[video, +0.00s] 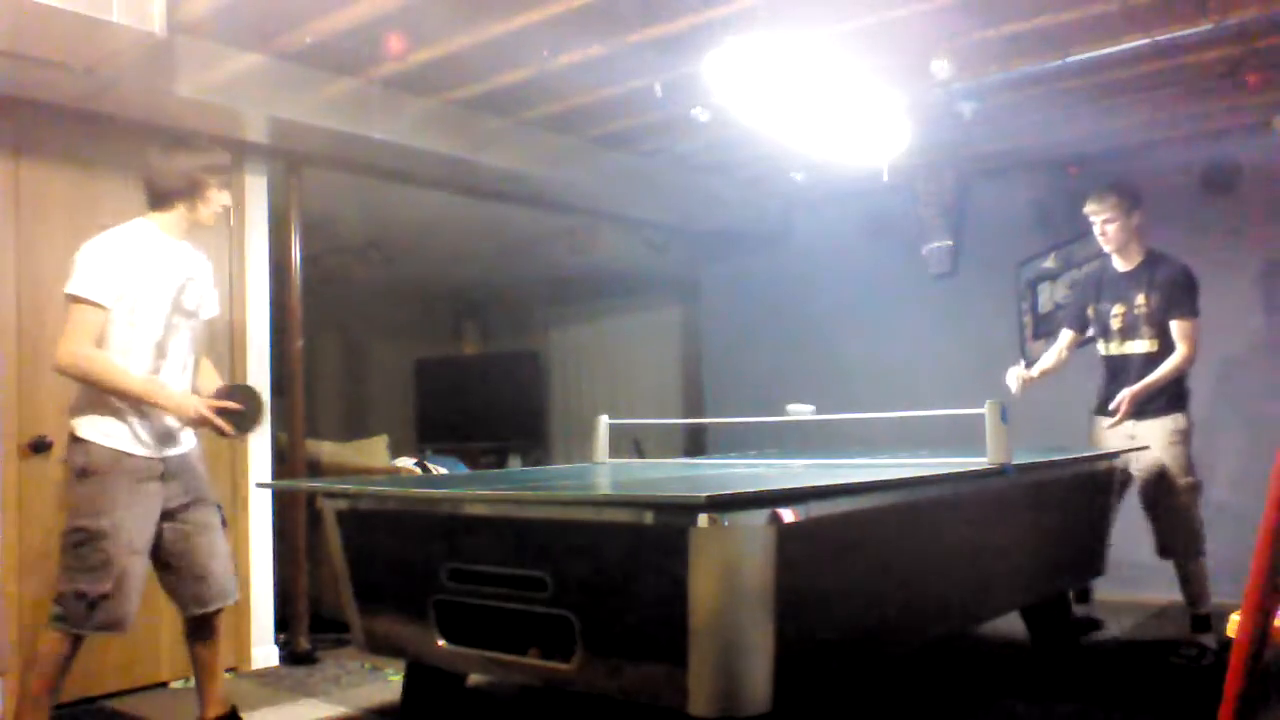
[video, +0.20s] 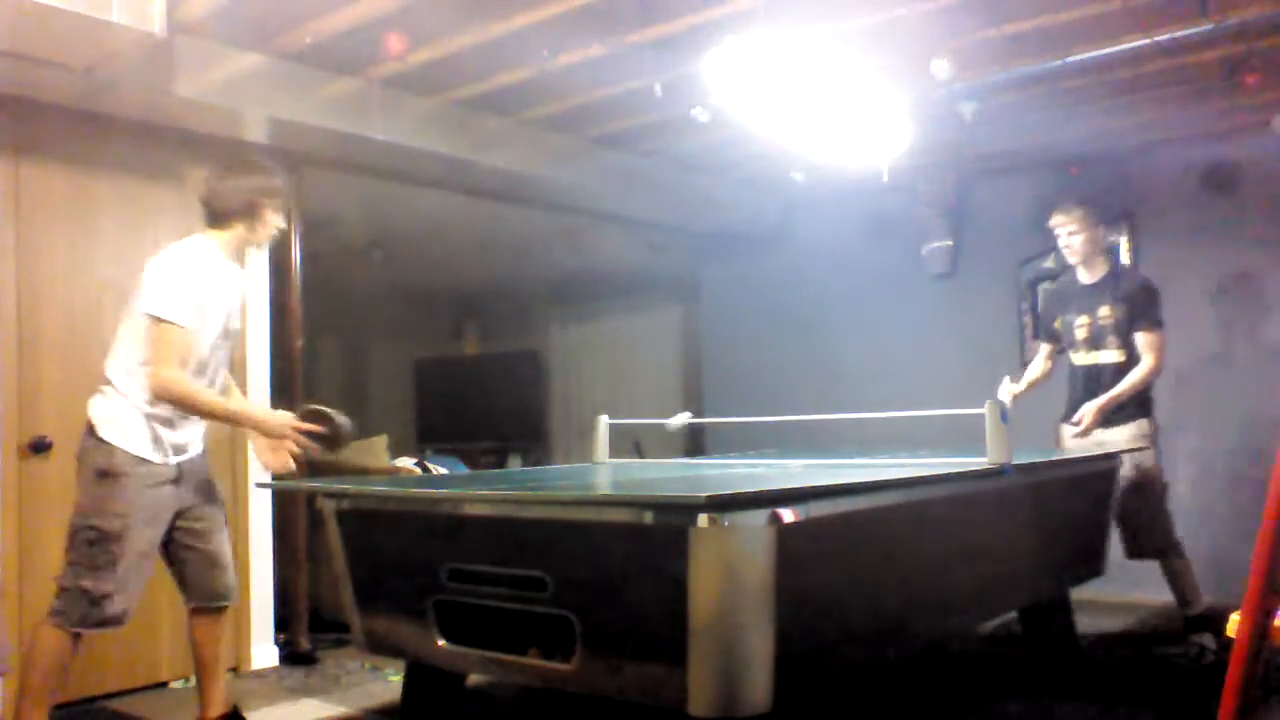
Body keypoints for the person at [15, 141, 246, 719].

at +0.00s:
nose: (228, 199)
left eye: (227, 186)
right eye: (220, 186)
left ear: (196, 190)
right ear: (186, 188)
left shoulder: (198, 268)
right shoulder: (110, 251)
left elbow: (191, 356)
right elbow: (72, 353)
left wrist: (221, 398)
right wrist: (171, 399)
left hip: (177, 448)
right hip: (110, 448)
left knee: (209, 591)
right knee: (85, 598)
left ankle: (215, 712)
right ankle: (30, 713)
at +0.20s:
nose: (284, 224)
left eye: (283, 210)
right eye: (277, 210)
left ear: (244, 209)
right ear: (250, 209)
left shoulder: (229, 276)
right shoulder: (187, 265)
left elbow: (211, 373)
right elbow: (164, 379)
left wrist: (257, 431)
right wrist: (257, 418)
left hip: (184, 450)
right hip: (127, 448)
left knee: (212, 591)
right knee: (81, 602)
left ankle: (215, 712)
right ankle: (29, 714)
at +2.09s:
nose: (197, 130)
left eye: (196, 117)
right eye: (193, 116)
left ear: (112, 104)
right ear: (172, 105)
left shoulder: (45, 188)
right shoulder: (182, 166)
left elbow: (15, 332)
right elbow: (293, 280)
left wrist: (26, 412)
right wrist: (343, 310)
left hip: (35, 440)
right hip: (100, 445)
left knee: (137, 651)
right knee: (131, 663)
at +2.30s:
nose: (179, 121)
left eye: (178, 108)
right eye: (175, 107)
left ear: (92, 98)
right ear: (150, 96)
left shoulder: (19, 170)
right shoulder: (182, 164)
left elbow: (20, 311)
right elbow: (315, 265)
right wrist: (400, 286)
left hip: (22, 426)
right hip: (98, 428)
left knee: (89, 664)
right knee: (120, 673)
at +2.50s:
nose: (166, 90)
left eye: (164, 75)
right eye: (161, 74)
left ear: (70, 82)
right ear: (140, 79)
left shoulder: (15, 162)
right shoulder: (159, 163)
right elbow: (227, 313)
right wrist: (311, 368)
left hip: (15, 434)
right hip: (87, 438)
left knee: (158, 648)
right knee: (103, 670)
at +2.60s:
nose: (167, 81)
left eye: (164, 62)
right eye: (158, 63)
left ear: (70, 73)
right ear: (126, 70)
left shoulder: (15, 160)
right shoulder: (134, 161)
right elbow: (134, 319)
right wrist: (231, 438)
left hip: (21, 459)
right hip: (72, 467)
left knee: (161, 657)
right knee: (61, 692)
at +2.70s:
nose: (170, 73)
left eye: (167, 54)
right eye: (160, 55)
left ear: (72, 66)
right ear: (126, 62)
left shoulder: (26, 149)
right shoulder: (103, 149)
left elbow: (35, 320)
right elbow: (51, 310)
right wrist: (170, 455)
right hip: (58, 466)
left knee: (158, 667)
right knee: (42, 684)